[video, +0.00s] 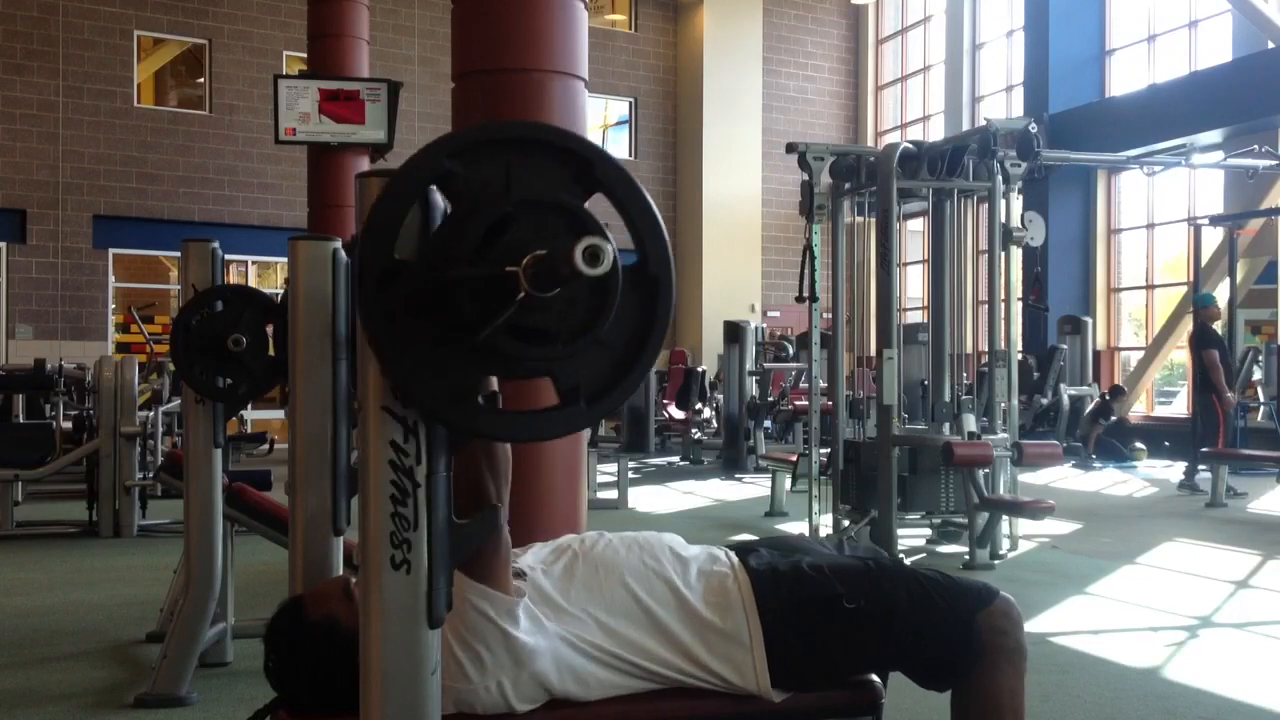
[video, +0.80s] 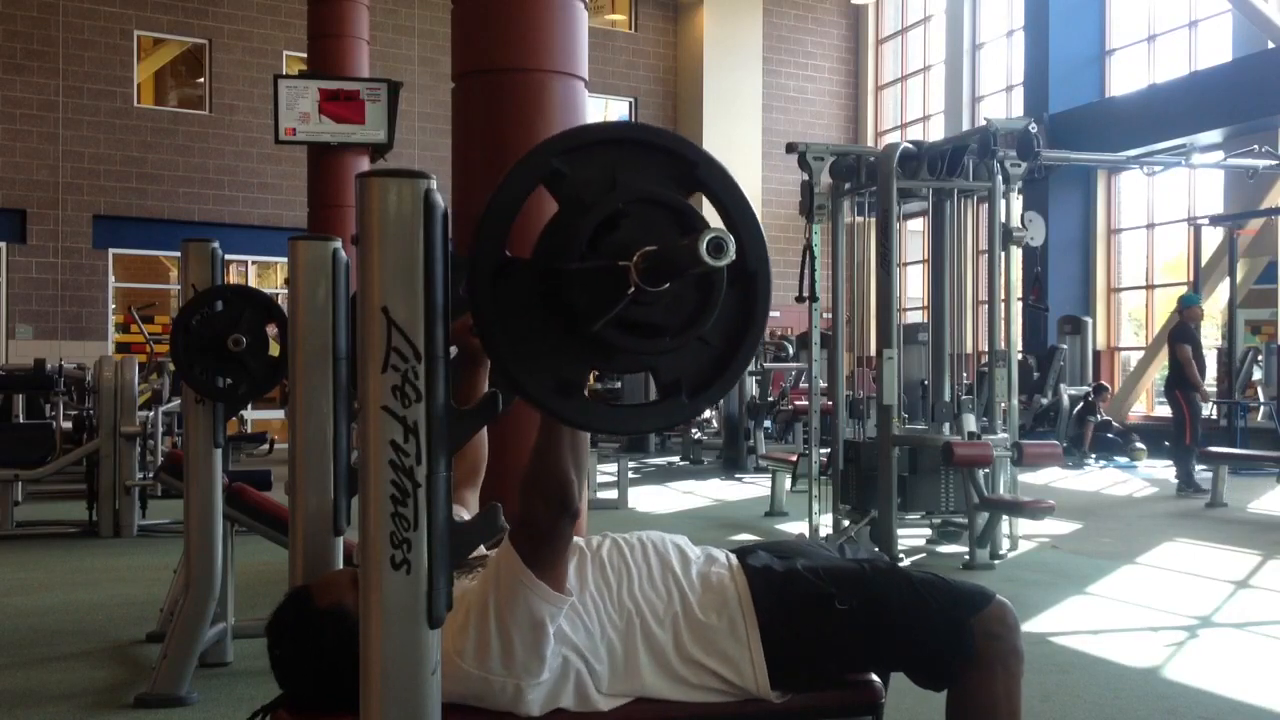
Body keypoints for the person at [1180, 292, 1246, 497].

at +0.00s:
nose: (1219, 309)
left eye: (1217, 306)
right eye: (1215, 306)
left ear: (1204, 311)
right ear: (1203, 310)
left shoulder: (1201, 331)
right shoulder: (1205, 332)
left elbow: (1211, 365)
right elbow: (1213, 365)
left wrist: (1226, 390)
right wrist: (1225, 393)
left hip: (1204, 392)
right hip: (1212, 393)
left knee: (1203, 435)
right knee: (1219, 437)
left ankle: (1189, 478)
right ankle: (1221, 483)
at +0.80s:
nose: (1202, 311)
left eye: (1200, 307)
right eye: (1197, 307)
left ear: (1188, 311)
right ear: (1186, 311)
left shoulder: (1187, 330)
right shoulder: (1180, 330)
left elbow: (1190, 360)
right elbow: (1186, 360)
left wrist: (1200, 386)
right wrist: (1200, 386)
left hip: (1185, 387)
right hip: (1180, 387)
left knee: (1188, 431)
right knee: (1189, 431)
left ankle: (1186, 478)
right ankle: (1186, 480)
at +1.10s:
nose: (1195, 309)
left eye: (1194, 306)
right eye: (1191, 306)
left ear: (1184, 310)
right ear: (1179, 310)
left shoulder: (1184, 332)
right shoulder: (1172, 330)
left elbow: (1194, 367)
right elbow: (1172, 364)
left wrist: (1211, 389)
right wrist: (1181, 392)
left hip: (1188, 390)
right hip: (1176, 390)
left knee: (1184, 436)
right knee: (1181, 435)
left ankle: (1182, 479)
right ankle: (1162, 477)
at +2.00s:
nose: (1173, 312)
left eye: (1173, 308)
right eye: (1169, 308)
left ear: (1168, 310)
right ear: (1158, 310)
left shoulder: (1164, 331)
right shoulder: (1156, 332)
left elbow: (1167, 366)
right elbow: (1160, 367)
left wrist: (1180, 391)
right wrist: (1170, 396)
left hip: (1163, 387)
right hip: (1155, 388)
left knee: (1167, 432)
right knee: (1161, 432)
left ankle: (1162, 479)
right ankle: (1157, 482)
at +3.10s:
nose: (1174, 310)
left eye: (1172, 306)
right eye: (1171, 307)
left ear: (1154, 310)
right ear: (1165, 309)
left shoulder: (1148, 332)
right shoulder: (1169, 332)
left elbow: (1148, 364)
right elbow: (1178, 364)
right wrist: (1191, 392)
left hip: (1153, 388)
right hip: (1166, 389)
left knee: (1162, 432)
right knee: (1169, 432)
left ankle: (1163, 479)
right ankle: (1158, 483)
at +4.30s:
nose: (1194, 320)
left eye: (1191, 314)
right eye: (1191, 315)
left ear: (1173, 320)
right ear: (1189, 319)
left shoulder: (1167, 338)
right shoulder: (1190, 337)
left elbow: (1154, 317)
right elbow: (1199, 312)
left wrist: (1167, 298)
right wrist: (1184, 293)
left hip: (1174, 403)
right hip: (1191, 403)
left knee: (1174, 441)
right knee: (1213, 444)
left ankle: (1146, 479)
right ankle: (1201, 487)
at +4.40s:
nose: (1198, 319)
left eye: (1197, 316)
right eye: (1196, 316)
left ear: (1175, 318)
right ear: (1193, 319)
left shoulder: (1168, 337)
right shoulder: (1194, 335)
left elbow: (1152, 322)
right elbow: (1206, 312)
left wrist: (1157, 296)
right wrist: (1200, 286)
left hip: (1172, 400)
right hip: (1192, 401)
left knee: (1172, 439)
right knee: (1212, 442)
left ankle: (1147, 477)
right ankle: (1201, 484)